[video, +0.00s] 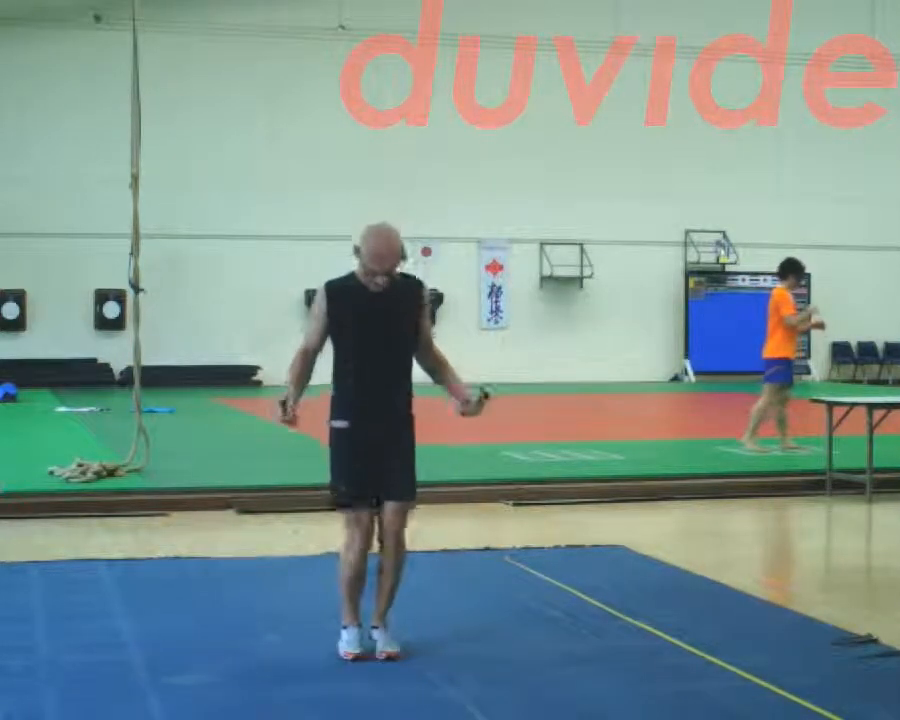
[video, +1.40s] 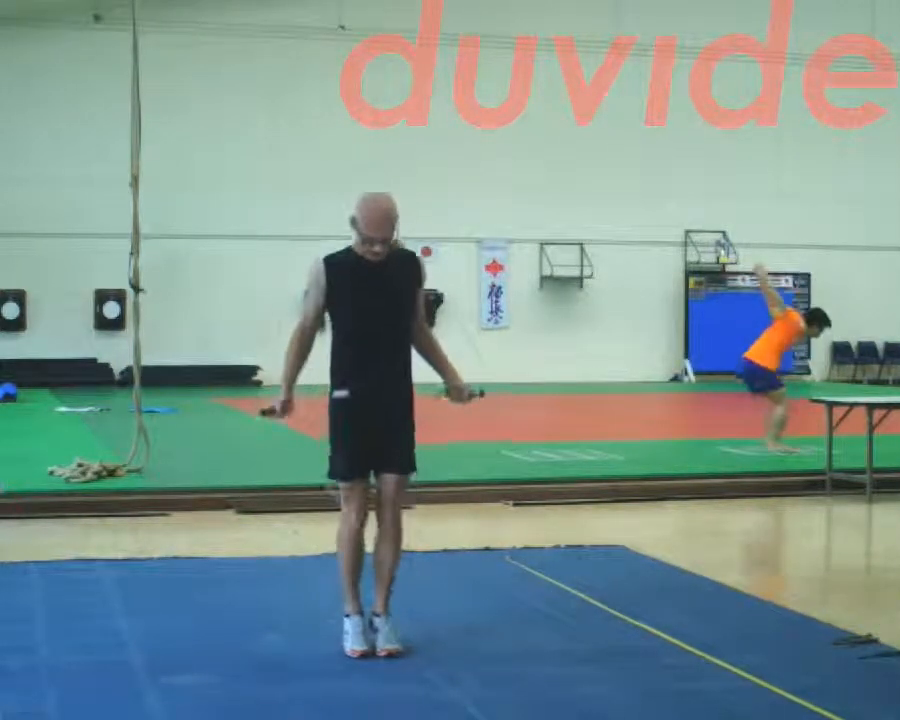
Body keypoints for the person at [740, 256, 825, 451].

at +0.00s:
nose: (800, 282)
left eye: (801, 278)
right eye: (799, 278)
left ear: (786, 276)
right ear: (790, 276)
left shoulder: (784, 295)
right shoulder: (781, 294)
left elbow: (792, 326)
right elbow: (790, 320)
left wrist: (811, 325)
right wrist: (808, 313)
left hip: (783, 354)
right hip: (777, 354)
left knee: (783, 399)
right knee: (769, 397)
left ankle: (784, 440)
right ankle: (749, 437)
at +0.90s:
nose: (793, 284)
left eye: (793, 279)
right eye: (792, 280)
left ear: (775, 278)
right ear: (786, 280)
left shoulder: (767, 297)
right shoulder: (779, 298)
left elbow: (787, 324)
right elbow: (798, 323)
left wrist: (806, 338)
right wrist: (820, 338)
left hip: (763, 356)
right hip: (768, 358)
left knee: (778, 398)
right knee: (759, 400)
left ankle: (778, 439)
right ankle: (746, 442)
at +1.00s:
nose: (801, 286)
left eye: (801, 281)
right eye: (800, 281)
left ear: (783, 280)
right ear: (793, 281)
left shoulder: (771, 299)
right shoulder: (785, 302)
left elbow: (767, 331)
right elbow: (794, 333)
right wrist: (804, 359)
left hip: (766, 357)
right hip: (773, 359)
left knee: (783, 398)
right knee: (763, 399)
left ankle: (778, 439)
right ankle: (748, 441)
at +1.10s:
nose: (810, 286)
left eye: (811, 282)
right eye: (810, 282)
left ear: (795, 279)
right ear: (803, 280)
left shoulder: (782, 294)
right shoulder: (790, 296)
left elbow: (757, 305)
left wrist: (730, 308)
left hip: (773, 351)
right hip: (773, 352)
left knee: (781, 395)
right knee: (769, 394)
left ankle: (778, 437)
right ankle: (752, 440)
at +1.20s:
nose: (816, 292)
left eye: (818, 289)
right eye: (817, 287)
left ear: (804, 281)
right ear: (810, 284)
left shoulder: (783, 291)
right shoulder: (795, 292)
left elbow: (758, 286)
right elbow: (773, 282)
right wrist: (747, 273)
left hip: (769, 344)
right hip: (769, 345)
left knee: (778, 393)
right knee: (771, 392)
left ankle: (779, 435)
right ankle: (767, 436)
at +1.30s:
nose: (817, 310)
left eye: (820, 306)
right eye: (819, 305)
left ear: (809, 294)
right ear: (813, 298)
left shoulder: (784, 296)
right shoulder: (797, 300)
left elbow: (765, 285)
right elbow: (776, 280)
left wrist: (753, 268)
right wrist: (756, 264)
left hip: (760, 346)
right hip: (767, 348)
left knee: (775, 394)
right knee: (776, 395)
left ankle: (773, 437)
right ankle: (773, 438)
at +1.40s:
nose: (818, 335)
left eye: (820, 331)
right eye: (819, 330)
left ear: (810, 320)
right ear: (813, 324)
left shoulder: (789, 319)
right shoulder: (794, 321)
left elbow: (773, 304)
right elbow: (774, 302)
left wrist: (762, 280)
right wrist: (763, 280)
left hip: (752, 363)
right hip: (760, 366)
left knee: (778, 402)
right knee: (782, 403)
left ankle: (772, 440)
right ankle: (773, 442)